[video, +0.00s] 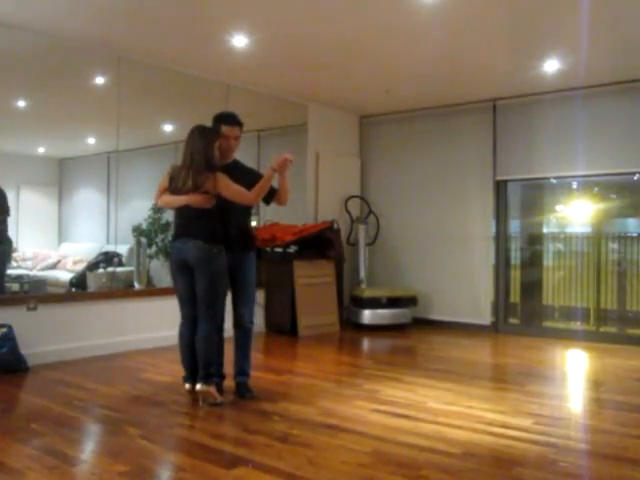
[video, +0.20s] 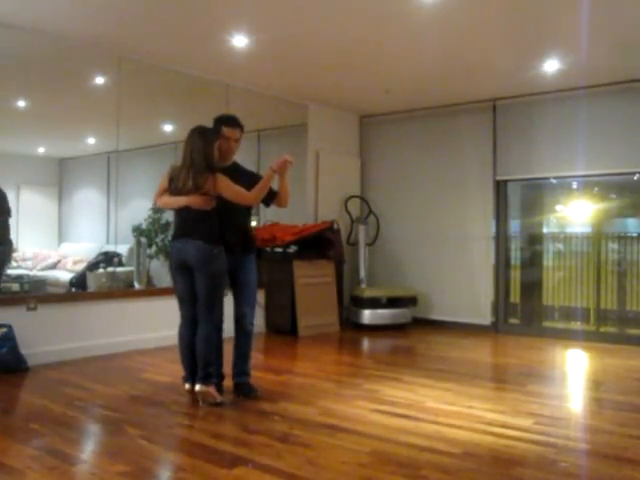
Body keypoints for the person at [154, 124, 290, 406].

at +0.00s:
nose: (222, 152)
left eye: (222, 146)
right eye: (219, 147)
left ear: (189, 146)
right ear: (209, 148)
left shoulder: (174, 173)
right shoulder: (212, 178)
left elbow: (159, 197)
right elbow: (250, 198)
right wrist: (272, 173)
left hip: (180, 247)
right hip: (207, 249)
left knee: (188, 315)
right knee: (210, 316)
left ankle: (191, 380)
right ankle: (207, 382)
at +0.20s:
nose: (222, 152)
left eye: (222, 146)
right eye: (219, 147)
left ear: (189, 147)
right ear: (209, 149)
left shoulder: (174, 174)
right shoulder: (213, 179)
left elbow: (158, 198)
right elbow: (251, 199)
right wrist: (271, 174)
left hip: (179, 246)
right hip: (206, 248)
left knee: (188, 316)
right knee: (210, 316)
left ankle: (191, 379)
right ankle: (206, 382)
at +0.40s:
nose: (225, 154)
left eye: (226, 148)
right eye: (222, 148)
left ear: (192, 148)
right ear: (211, 149)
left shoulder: (176, 175)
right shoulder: (215, 181)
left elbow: (160, 199)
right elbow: (251, 205)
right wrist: (274, 184)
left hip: (180, 249)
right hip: (207, 251)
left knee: (189, 316)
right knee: (212, 317)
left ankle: (191, 379)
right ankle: (206, 383)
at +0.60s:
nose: (234, 155)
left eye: (235, 149)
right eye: (231, 150)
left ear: (200, 151)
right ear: (222, 152)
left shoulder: (183, 176)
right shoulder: (224, 184)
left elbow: (164, 198)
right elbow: (257, 210)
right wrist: (284, 191)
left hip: (183, 252)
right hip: (212, 254)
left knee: (190, 316)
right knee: (222, 317)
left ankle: (189, 380)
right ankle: (226, 382)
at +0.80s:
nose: (249, 155)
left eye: (251, 149)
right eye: (246, 149)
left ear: (215, 152)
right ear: (236, 153)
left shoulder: (197, 178)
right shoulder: (240, 185)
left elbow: (171, 198)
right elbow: (277, 209)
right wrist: (302, 190)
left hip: (197, 256)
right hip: (229, 257)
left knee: (198, 319)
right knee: (246, 318)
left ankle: (191, 377)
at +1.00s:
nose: (269, 156)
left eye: (268, 151)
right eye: (267, 151)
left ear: (239, 150)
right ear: (260, 152)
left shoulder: (218, 180)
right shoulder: (265, 184)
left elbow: (184, 201)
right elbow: (299, 204)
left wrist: (205, 211)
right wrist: (312, 185)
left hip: (223, 254)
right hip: (256, 255)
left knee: (214, 316)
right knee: (262, 315)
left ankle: (197, 375)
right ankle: (274, 375)